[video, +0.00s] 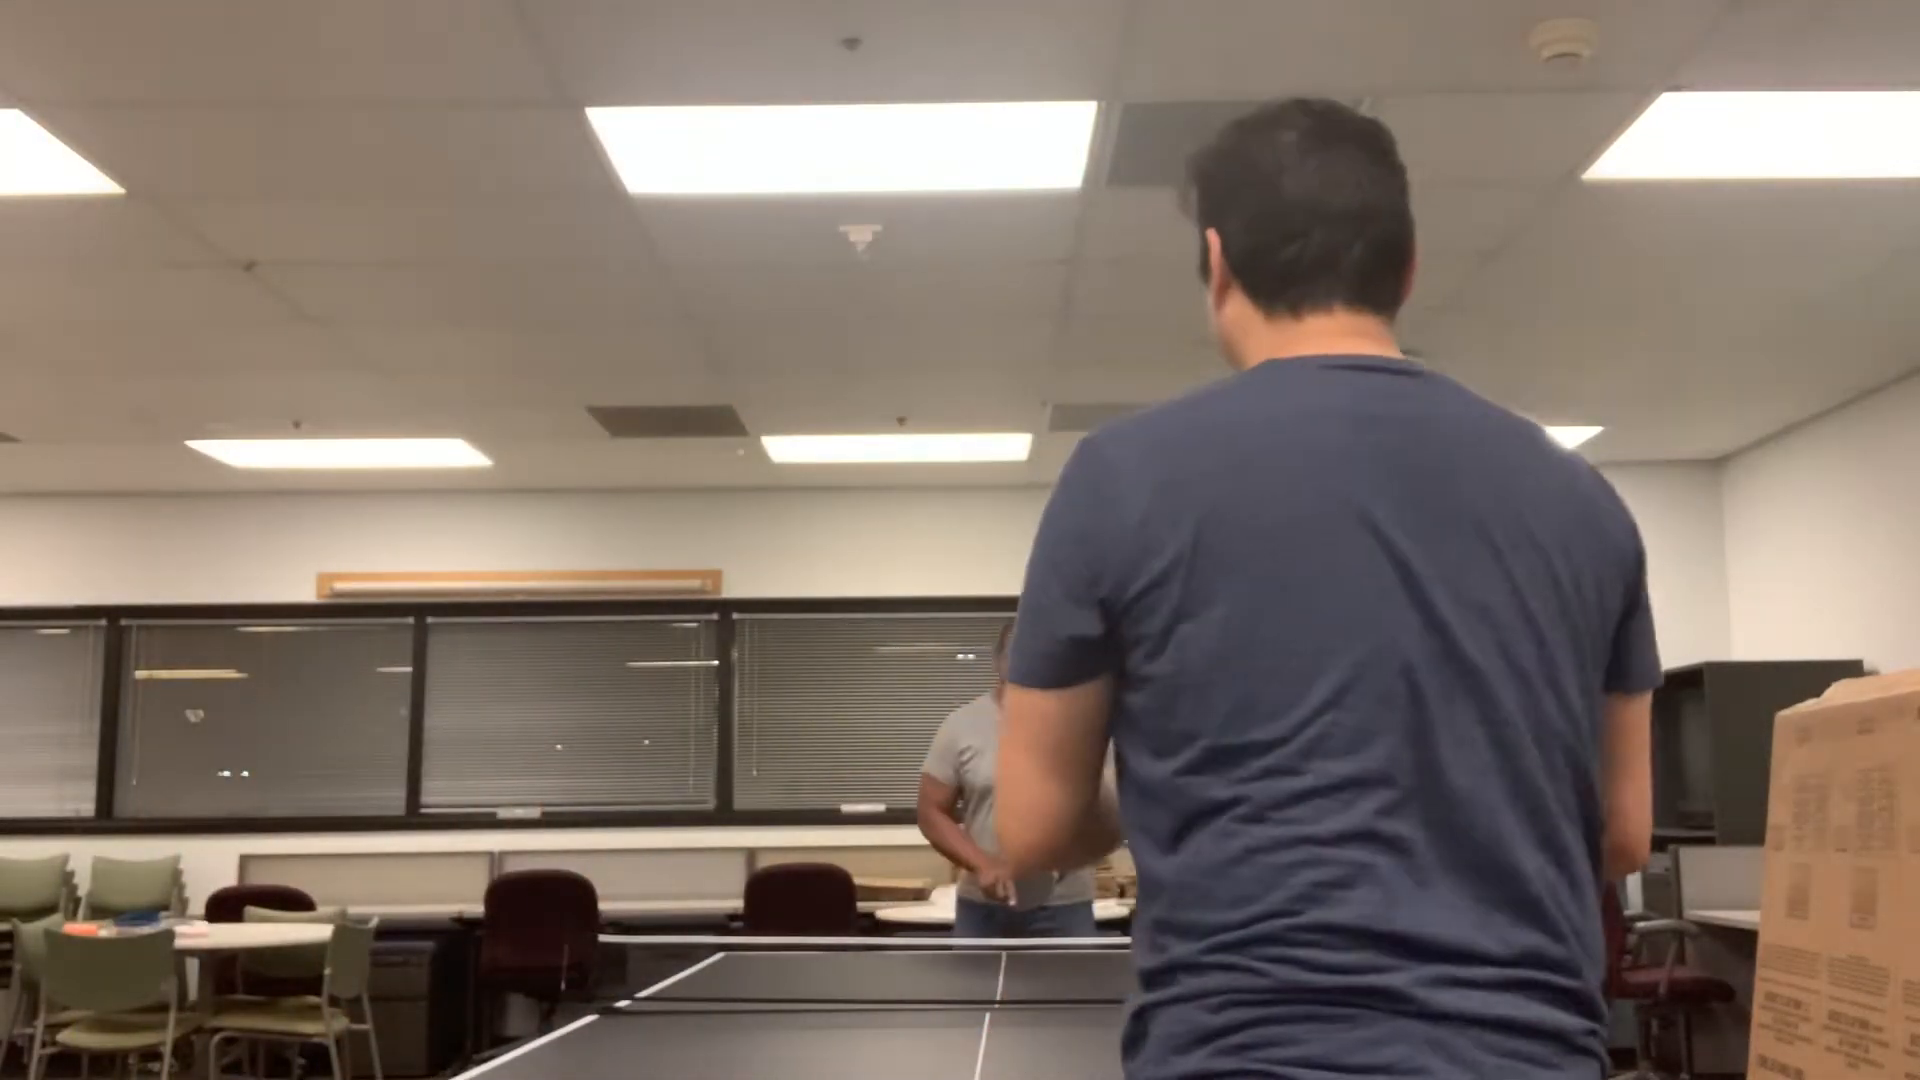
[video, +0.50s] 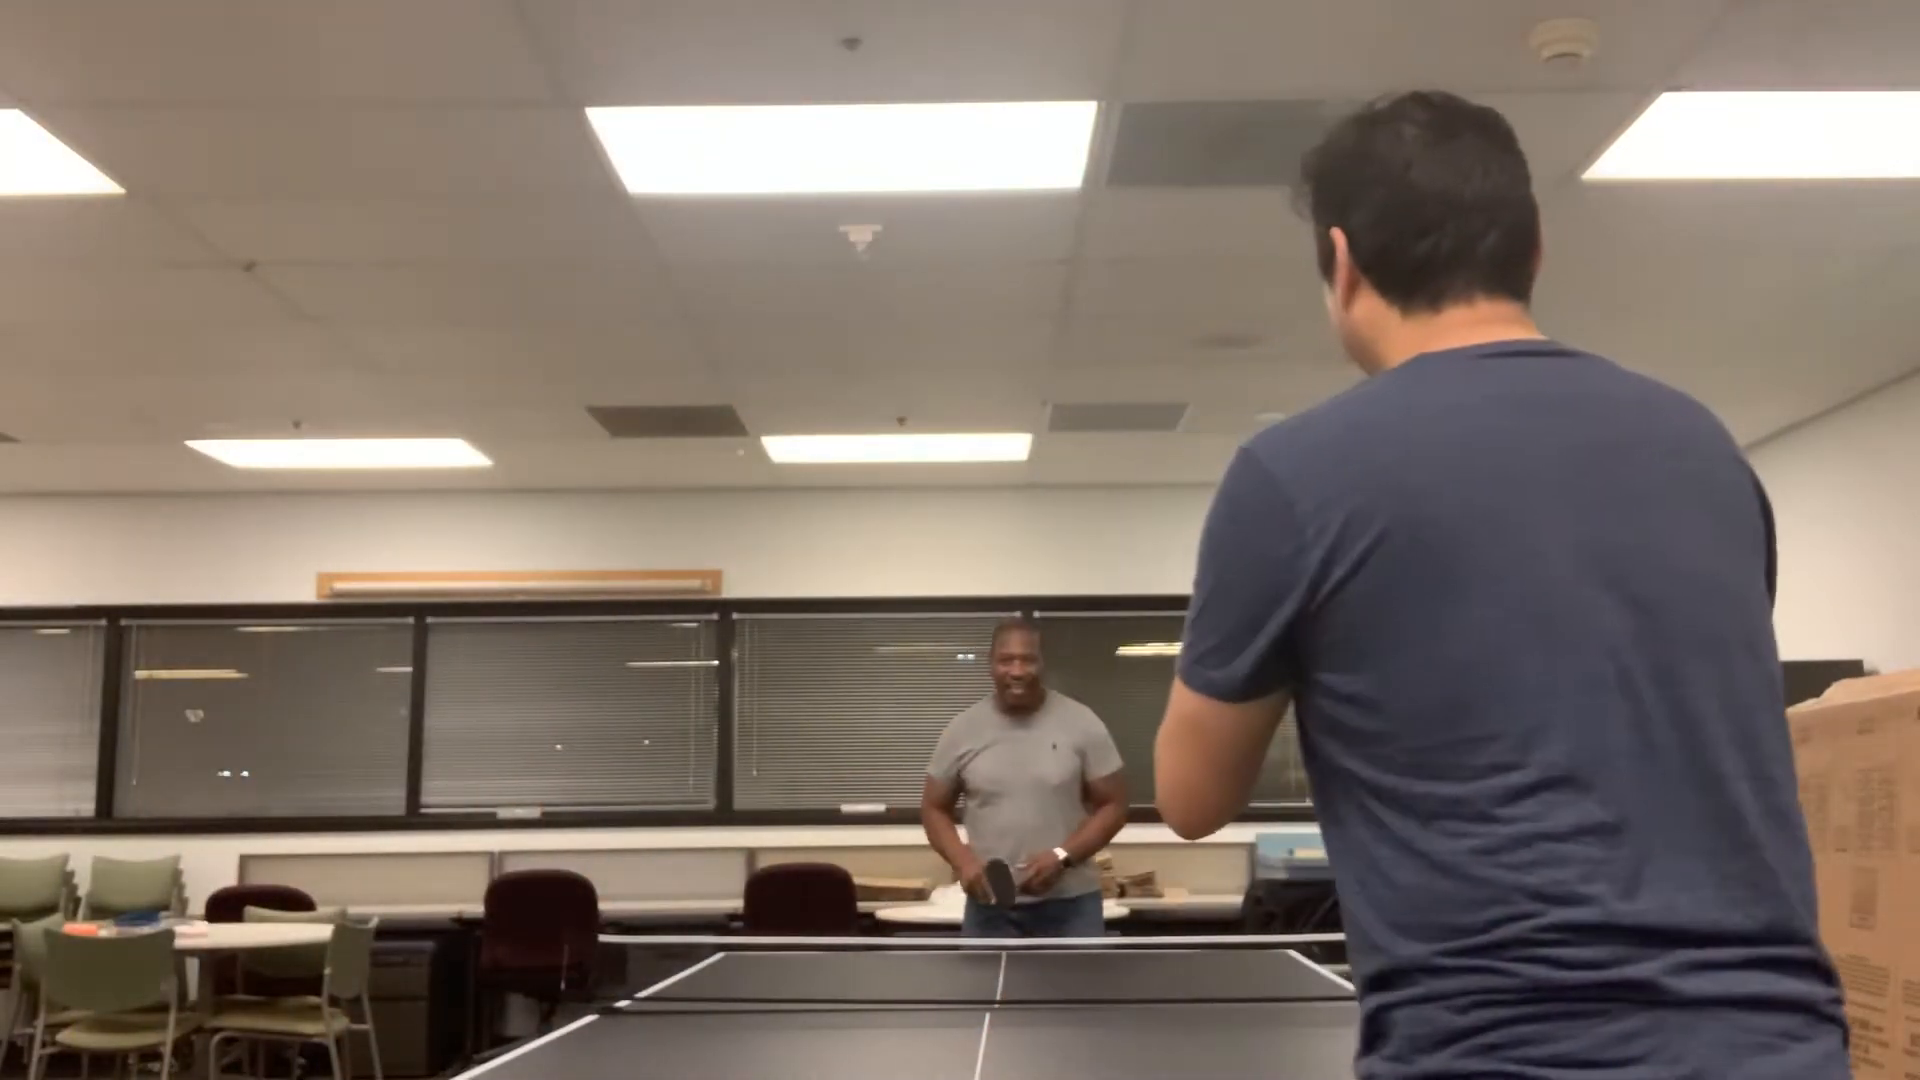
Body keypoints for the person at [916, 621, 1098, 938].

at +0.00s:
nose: (1024, 667)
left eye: (1035, 657)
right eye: (1016, 655)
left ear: (1054, 662)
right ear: (998, 661)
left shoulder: (1078, 726)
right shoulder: (964, 725)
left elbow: (1111, 816)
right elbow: (931, 813)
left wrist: (1060, 854)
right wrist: (983, 864)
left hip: (1064, 909)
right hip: (983, 911)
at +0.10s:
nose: (1009, 673)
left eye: (1020, 662)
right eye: (998, 662)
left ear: (1036, 666)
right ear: (979, 664)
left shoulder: (1061, 722)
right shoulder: (948, 727)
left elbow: (1102, 799)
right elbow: (916, 814)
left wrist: (1058, 847)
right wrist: (971, 864)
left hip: (1057, 906)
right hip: (975, 910)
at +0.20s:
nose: (999, 671)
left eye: (1009, 661)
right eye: (987, 661)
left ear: (1024, 664)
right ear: (969, 664)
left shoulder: (1063, 721)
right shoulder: (938, 728)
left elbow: (1089, 804)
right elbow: (905, 814)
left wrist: (1049, 846)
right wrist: (960, 862)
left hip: (1054, 903)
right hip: (971, 908)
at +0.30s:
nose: (996, 670)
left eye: (1007, 659)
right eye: (985, 660)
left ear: (1021, 662)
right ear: (968, 663)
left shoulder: (1059, 720)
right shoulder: (938, 729)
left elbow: (1091, 801)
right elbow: (904, 812)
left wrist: (1047, 849)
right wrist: (954, 863)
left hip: (1053, 901)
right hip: (972, 906)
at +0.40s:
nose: (1002, 670)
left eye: (1013, 659)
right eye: (991, 660)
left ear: (1029, 663)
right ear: (976, 666)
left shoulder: (1066, 721)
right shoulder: (946, 729)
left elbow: (1098, 803)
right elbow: (914, 811)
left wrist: (1053, 852)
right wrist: (956, 865)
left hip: (1060, 904)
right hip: (978, 907)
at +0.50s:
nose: (1017, 671)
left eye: (1028, 660)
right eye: (1007, 661)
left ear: (1042, 664)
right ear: (991, 665)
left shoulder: (1080, 723)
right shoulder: (963, 729)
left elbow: (1114, 806)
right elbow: (933, 809)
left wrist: (1062, 856)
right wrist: (966, 863)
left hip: (1070, 907)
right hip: (990, 909)